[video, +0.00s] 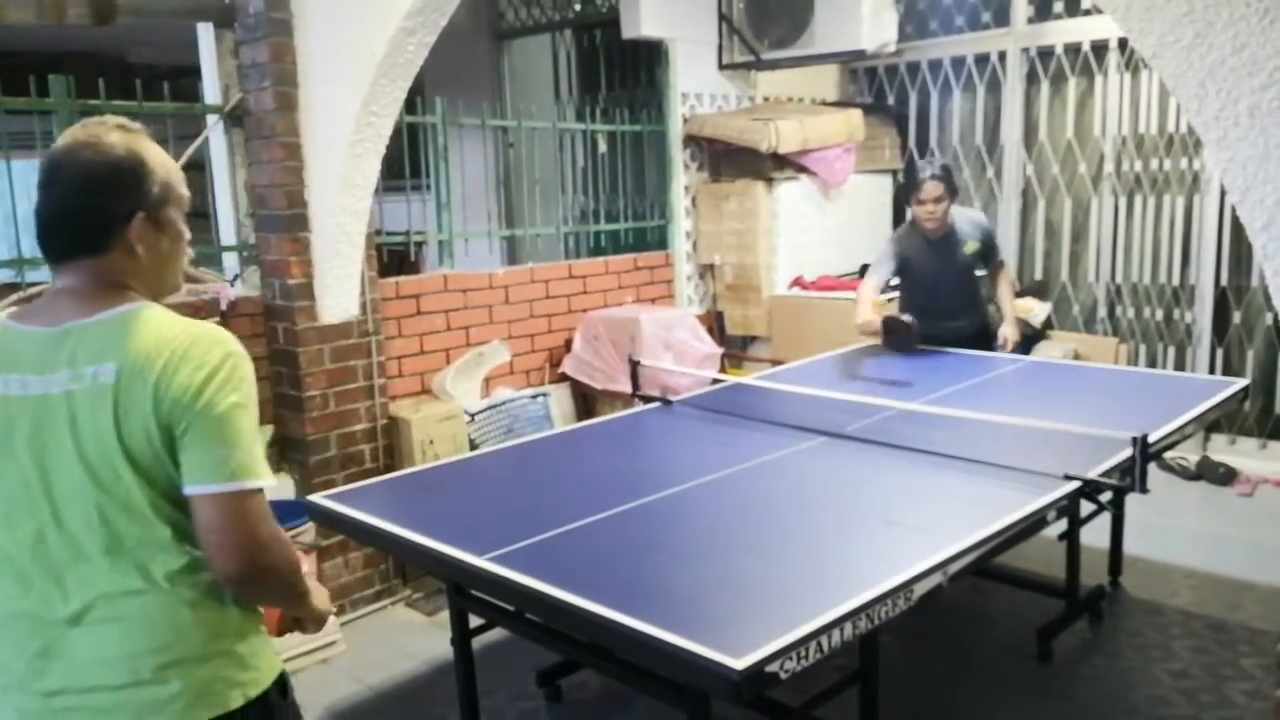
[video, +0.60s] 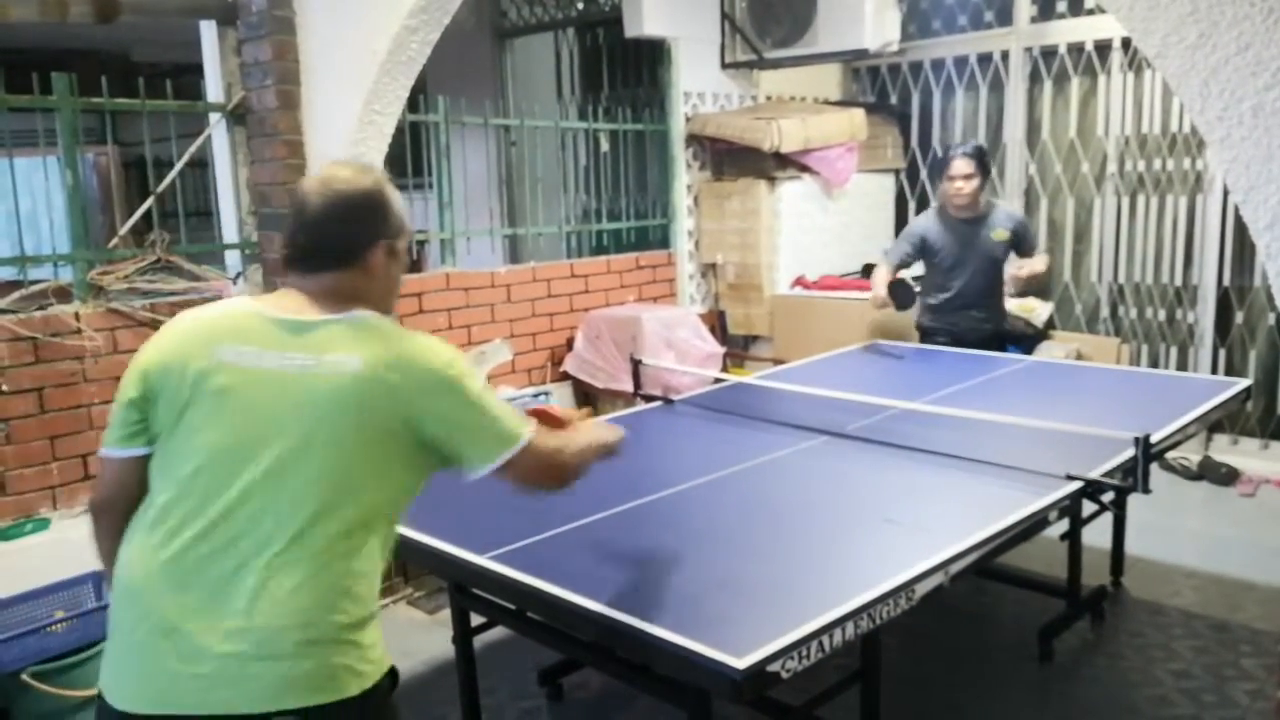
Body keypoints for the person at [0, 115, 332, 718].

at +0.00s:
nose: (190, 235)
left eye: (188, 217)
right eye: (182, 217)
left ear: (56, 228)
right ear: (138, 232)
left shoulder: (8, 337)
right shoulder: (194, 351)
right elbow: (240, 554)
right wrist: (303, 597)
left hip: (28, 690)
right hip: (188, 689)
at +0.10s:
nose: (196, 235)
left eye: (194, 217)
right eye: (187, 216)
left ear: (61, 226)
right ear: (143, 229)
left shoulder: (10, 338)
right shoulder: (195, 348)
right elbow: (241, 551)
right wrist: (312, 593)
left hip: (31, 691)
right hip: (193, 689)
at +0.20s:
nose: (217, 242)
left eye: (216, 223)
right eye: (209, 222)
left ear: (89, 231)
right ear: (165, 232)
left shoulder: (14, 347)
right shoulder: (215, 349)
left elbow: (22, 519)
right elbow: (256, 549)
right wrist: (335, 594)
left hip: (38, 691)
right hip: (201, 688)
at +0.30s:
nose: (261, 253)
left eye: (259, 234)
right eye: (252, 233)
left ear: (131, 239)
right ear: (208, 239)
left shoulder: (38, 353)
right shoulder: (252, 356)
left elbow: (11, 535)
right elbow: (299, 545)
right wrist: (380, 569)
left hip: (59, 688)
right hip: (222, 685)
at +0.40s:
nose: (308, 269)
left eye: (307, 249)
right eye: (302, 247)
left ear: (195, 247)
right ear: (270, 246)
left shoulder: (87, 351)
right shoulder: (309, 362)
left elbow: (35, 519)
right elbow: (368, 540)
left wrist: (64, 623)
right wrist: (433, 517)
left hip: (97, 687)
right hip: (259, 685)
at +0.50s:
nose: (371, 266)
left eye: (369, 248)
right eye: (367, 248)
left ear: (255, 247)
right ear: (336, 254)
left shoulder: (142, 346)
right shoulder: (368, 362)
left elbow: (75, 506)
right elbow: (462, 516)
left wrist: (101, 611)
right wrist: (508, 473)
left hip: (129, 685)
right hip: (292, 682)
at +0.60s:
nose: (404, 271)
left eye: (404, 254)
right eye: (402, 254)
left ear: (293, 253)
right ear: (380, 256)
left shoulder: (182, 338)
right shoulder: (411, 362)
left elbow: (111, 500)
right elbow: (545, 467)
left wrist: (136, 603)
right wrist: (589, 441)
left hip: (146, 682)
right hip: (311, 684)